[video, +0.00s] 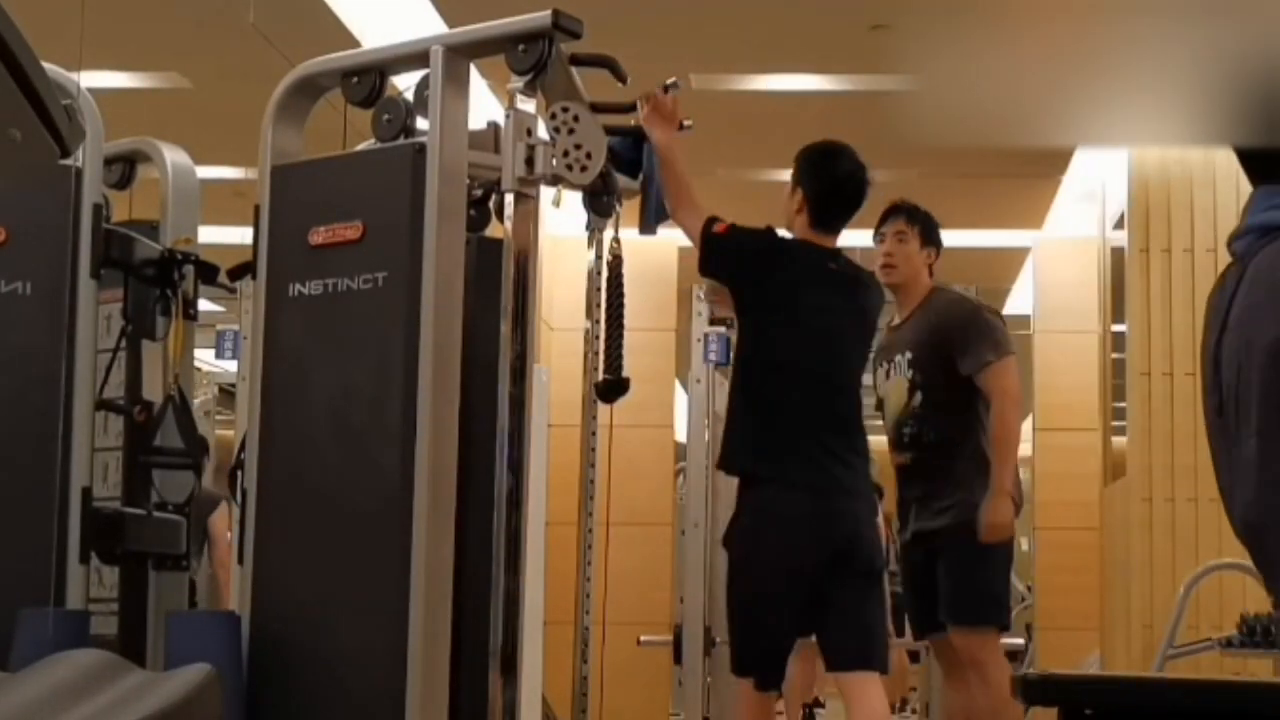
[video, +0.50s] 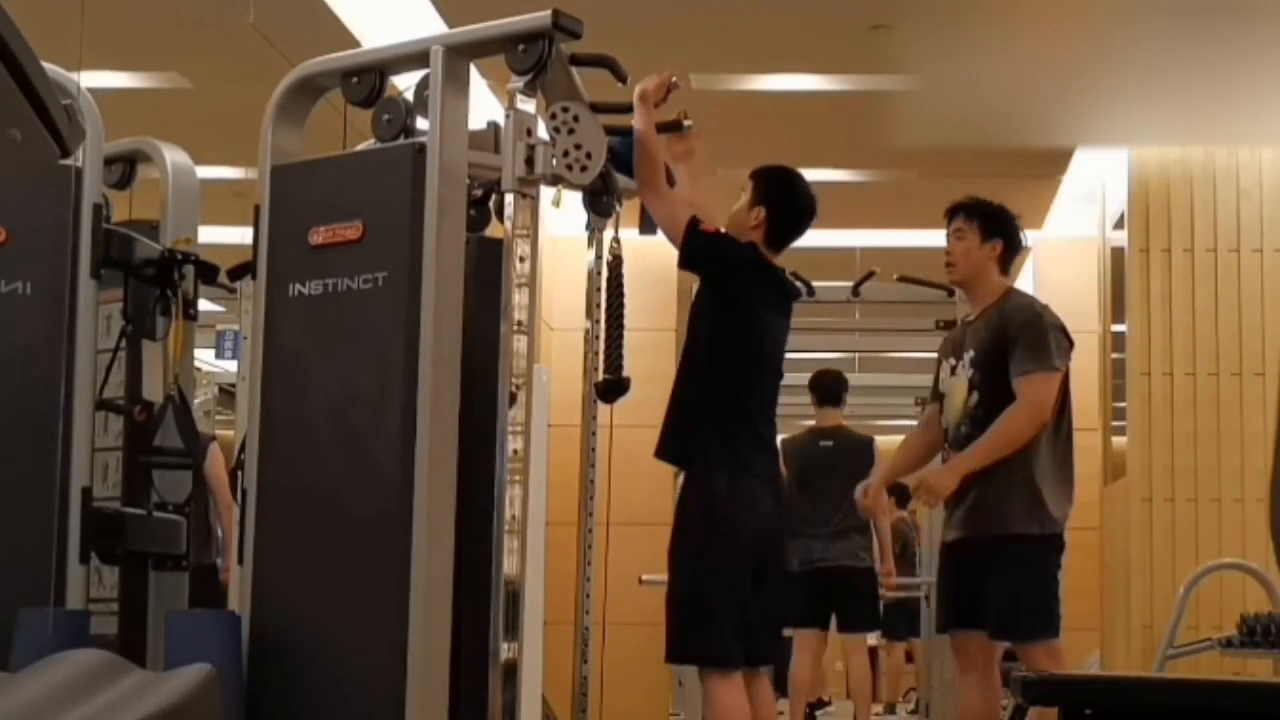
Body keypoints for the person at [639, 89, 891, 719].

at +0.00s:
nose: (786, 197)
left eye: (790, 188)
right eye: (792, 188)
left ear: (798, 199)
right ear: (853, 210)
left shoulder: (763, 258)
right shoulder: (865, 290)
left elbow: (687, 212)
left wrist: (663, 140)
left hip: (773, 498)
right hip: (850, 504)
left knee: (758, 681)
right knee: (862, 676)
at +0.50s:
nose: (730, 206)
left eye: (741, 198)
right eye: (740, 197)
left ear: (757, 218)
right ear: (779, 227)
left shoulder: (733, 264)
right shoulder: (773, 283)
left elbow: (655, 198)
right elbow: (696, 228)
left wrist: (642, 115)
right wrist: (685, 161)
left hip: (718, 486)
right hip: (758, 487)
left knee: (719, 669)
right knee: (754, 668)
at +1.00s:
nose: (705, 239)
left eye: (718, 234)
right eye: (716, 232)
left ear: (734, 257)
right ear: (741, 263)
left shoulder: (707, 302)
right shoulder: (721, 307)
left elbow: (655, 209)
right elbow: (661, 212)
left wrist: (647, 124)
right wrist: (654, 136)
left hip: (682, 523)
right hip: (709, 522)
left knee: (650, 686)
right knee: (710, 689)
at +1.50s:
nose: (669, 259)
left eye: (681, 257)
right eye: (678, 255)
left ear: (693, 287)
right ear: (690, 289)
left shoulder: (664, 327)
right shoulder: (656, 327)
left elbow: (646, 209)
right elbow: (645, 216)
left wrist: (645, 123)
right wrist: (658, 133)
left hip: (633, 542)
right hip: (633, 540)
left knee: (621, 704)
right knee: (642, 692)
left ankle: (745, 717)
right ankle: (755, 716)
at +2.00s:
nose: (705, 230)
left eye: (717, 227)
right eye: (713, 223)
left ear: (736, 249)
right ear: (739, 256)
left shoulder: (700, 294)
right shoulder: (696, 293)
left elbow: (638, 211)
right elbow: (646, 218)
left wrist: (644, 127)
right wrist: (654, 142)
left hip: (584, 465)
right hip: (597, 465)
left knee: (539, 618)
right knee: (585, 607)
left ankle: (668, 689)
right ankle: (689, 646)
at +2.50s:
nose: (719, 117)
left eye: (729, 106)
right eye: (726, 105)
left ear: (753, 119)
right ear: (767, 128)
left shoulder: (733, 180)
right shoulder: (754, 197)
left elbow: (640, 187)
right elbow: (649, 208)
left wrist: (645, 119)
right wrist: (658, 145)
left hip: (620, 332)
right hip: (643, 345)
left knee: (535, 472)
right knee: (581, 481)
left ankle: (617, 572)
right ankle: (655, 528)